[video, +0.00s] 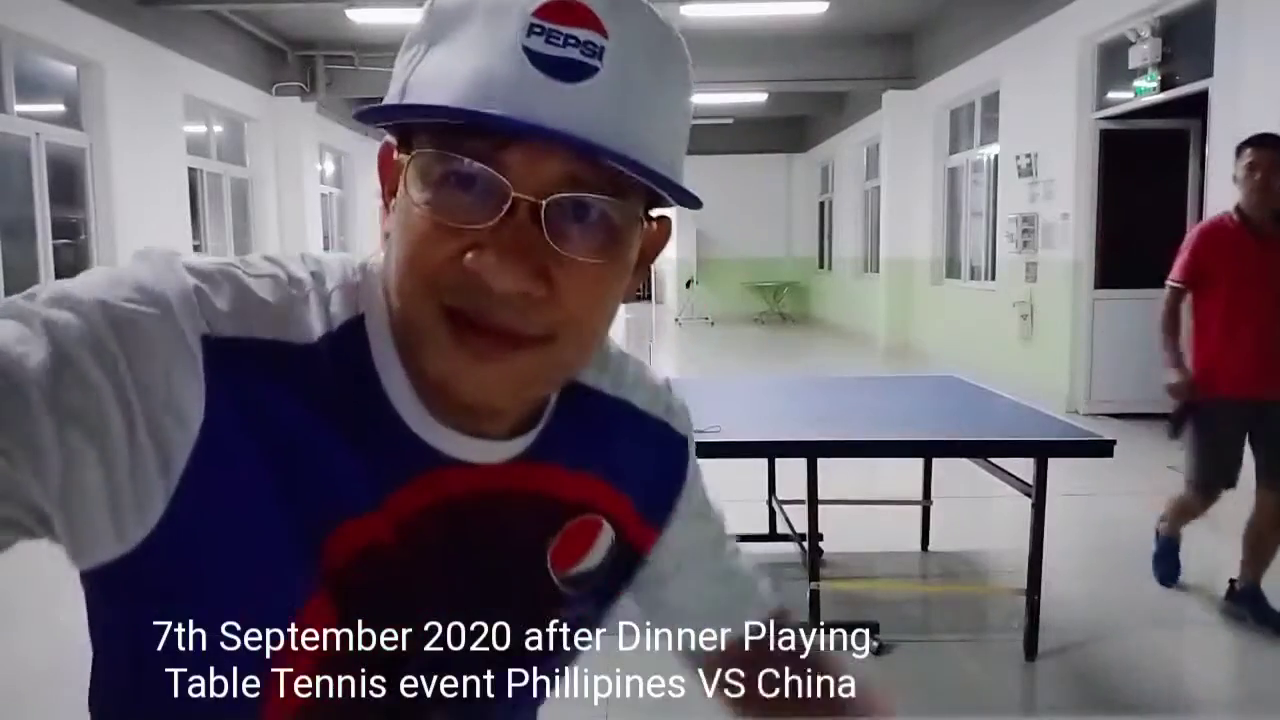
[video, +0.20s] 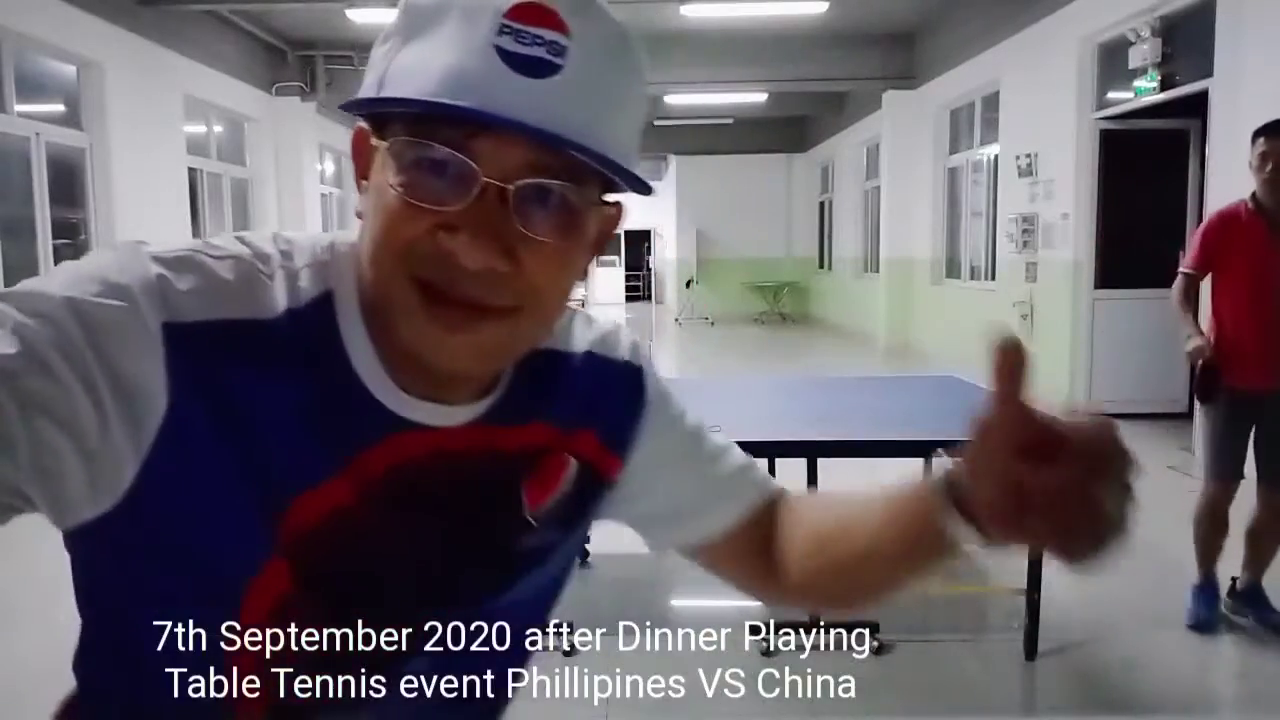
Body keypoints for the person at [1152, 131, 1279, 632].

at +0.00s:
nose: (1263, 180)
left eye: (1272, 172)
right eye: (1253, 171)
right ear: (1235, 177)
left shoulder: (1278, 237)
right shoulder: (1210, 235)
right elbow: (1171, 301)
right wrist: (1175, 365)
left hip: (1273, 391)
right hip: (1218, 388)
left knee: (1275, 496)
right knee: (1206, 489)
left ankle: (1246, 588)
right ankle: (1167, 530)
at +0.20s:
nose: (1269, 168)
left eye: (1276, 160)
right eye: (1263, 160)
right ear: (1250, 164)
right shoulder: (1224, 224)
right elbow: (1184, 286)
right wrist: (1193, 332)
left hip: (1276, 387)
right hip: (1228, 383)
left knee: (1275, 502)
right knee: (1219, 492)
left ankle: (1248, 589)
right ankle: (1206, 585)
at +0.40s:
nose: (1278, 172)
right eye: (1273, 162)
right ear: (1261, 167)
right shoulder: (1234, 225)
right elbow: (1190, 288)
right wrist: (1188, 346)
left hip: (1276, 391)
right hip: (1231, 384)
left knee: (1276, 501)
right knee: (1219, 487)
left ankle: (1248, 588)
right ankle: (1204, 593)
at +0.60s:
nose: (1277, 160)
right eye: (1271, 153)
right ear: (1259, 160)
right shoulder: (1233, 221)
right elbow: (1189, 291)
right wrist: (1175, 362)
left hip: (1276, 387)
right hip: (1226, 380)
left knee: (1269, 497)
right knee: (1211, 484)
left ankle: (1245, 588)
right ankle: (1197, 595)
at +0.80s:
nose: (1264, 169)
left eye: (1272, 160)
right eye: (1257, 159)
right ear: (1245, 164)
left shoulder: (1279, 226)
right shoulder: (1217, 226)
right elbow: (1180, 294)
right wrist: (1163, 360)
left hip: (1271, 393)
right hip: (1214, 388)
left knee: (1262, 496)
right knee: (1203, 496)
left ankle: (1247, 588)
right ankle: (1197, 608)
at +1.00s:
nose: (1235, 171)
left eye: (1248, 161)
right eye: (1229, 160)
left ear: (1272, 169)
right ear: (1219, 166)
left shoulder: (1277, 227)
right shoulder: (1195, 229)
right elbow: (1160, 298)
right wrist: (1149, 365)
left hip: (1260, 398)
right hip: (1193, 394)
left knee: (1255, 506)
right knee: (1185, 507)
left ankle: (1247, 586)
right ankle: (1195, 611)